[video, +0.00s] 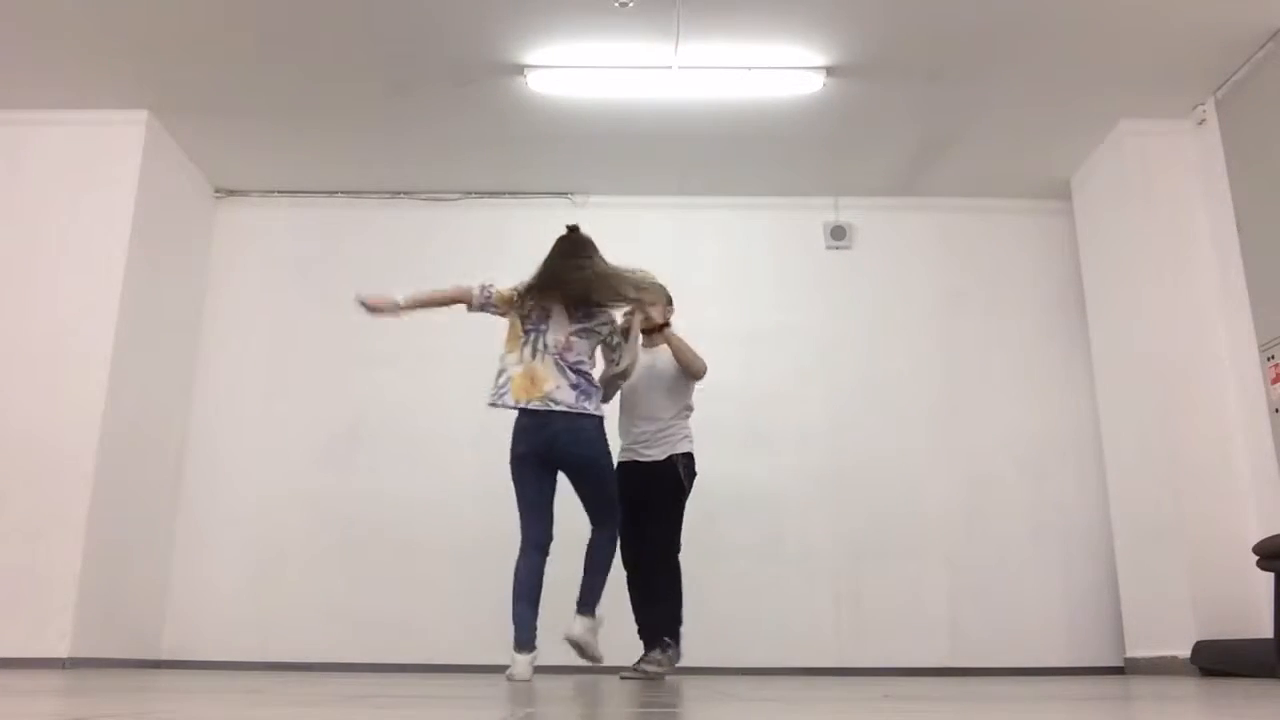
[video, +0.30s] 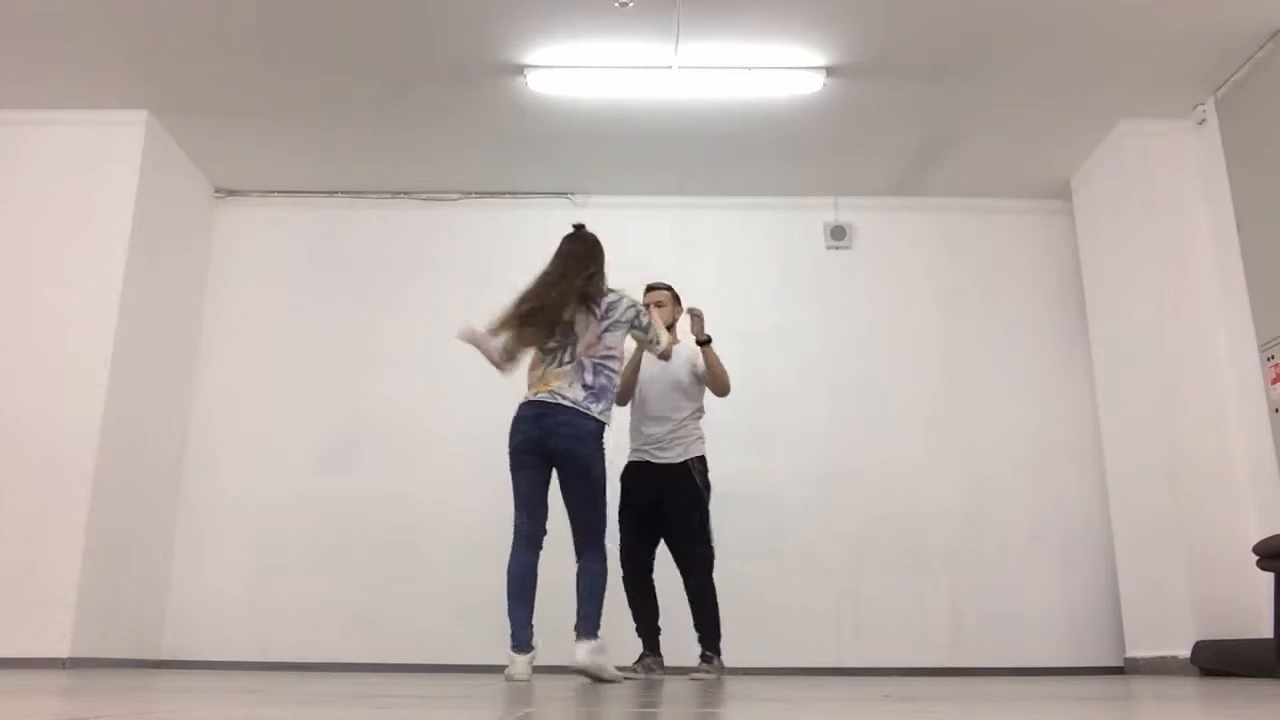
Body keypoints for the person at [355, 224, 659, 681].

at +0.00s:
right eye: (592, 275)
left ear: (551, 268)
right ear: (594, 276)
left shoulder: (524, 300)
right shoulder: (603, 316)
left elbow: (463, 295)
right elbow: (617, 372)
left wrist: (400, 303)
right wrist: (592, 397)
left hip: (529, 432)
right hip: (581, 433)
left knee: (533, 540)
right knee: (605, 523)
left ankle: (523, 653)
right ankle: (585, 619)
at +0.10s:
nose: (597, 273)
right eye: (595, 267)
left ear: (551, 261)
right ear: (594, 267)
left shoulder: (523, 297)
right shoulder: (603, 311)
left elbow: (465, 297)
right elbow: (633, 359)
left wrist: (400, 298)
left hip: (523, 425)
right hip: (573, 427)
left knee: (528, 538)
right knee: (607, 518)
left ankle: (522, 653)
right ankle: (584, 598)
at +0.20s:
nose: (599, 270)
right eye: (598, 263)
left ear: (553, 260)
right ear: (595, 265)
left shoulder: (531, 301)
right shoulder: (609, 305)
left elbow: (477, 316)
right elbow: (655, 351)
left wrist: (423, 311)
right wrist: (659, 317)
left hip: (522, 422)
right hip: (574, 426)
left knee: (524, 535)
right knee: (599, 532)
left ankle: (520, 653)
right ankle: (589, 612)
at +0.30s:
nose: (604, 269)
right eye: (603, 262)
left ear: (559, 262)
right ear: (600, 264)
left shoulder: (543, 301)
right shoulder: (619, 304)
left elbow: (505, 358)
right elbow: (662, 347)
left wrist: (477, 338)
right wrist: (658, 319)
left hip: (529, 420)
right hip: (580, 427)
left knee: (526, 536)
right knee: (590, 545)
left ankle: (520, 653)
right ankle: (587, 644)